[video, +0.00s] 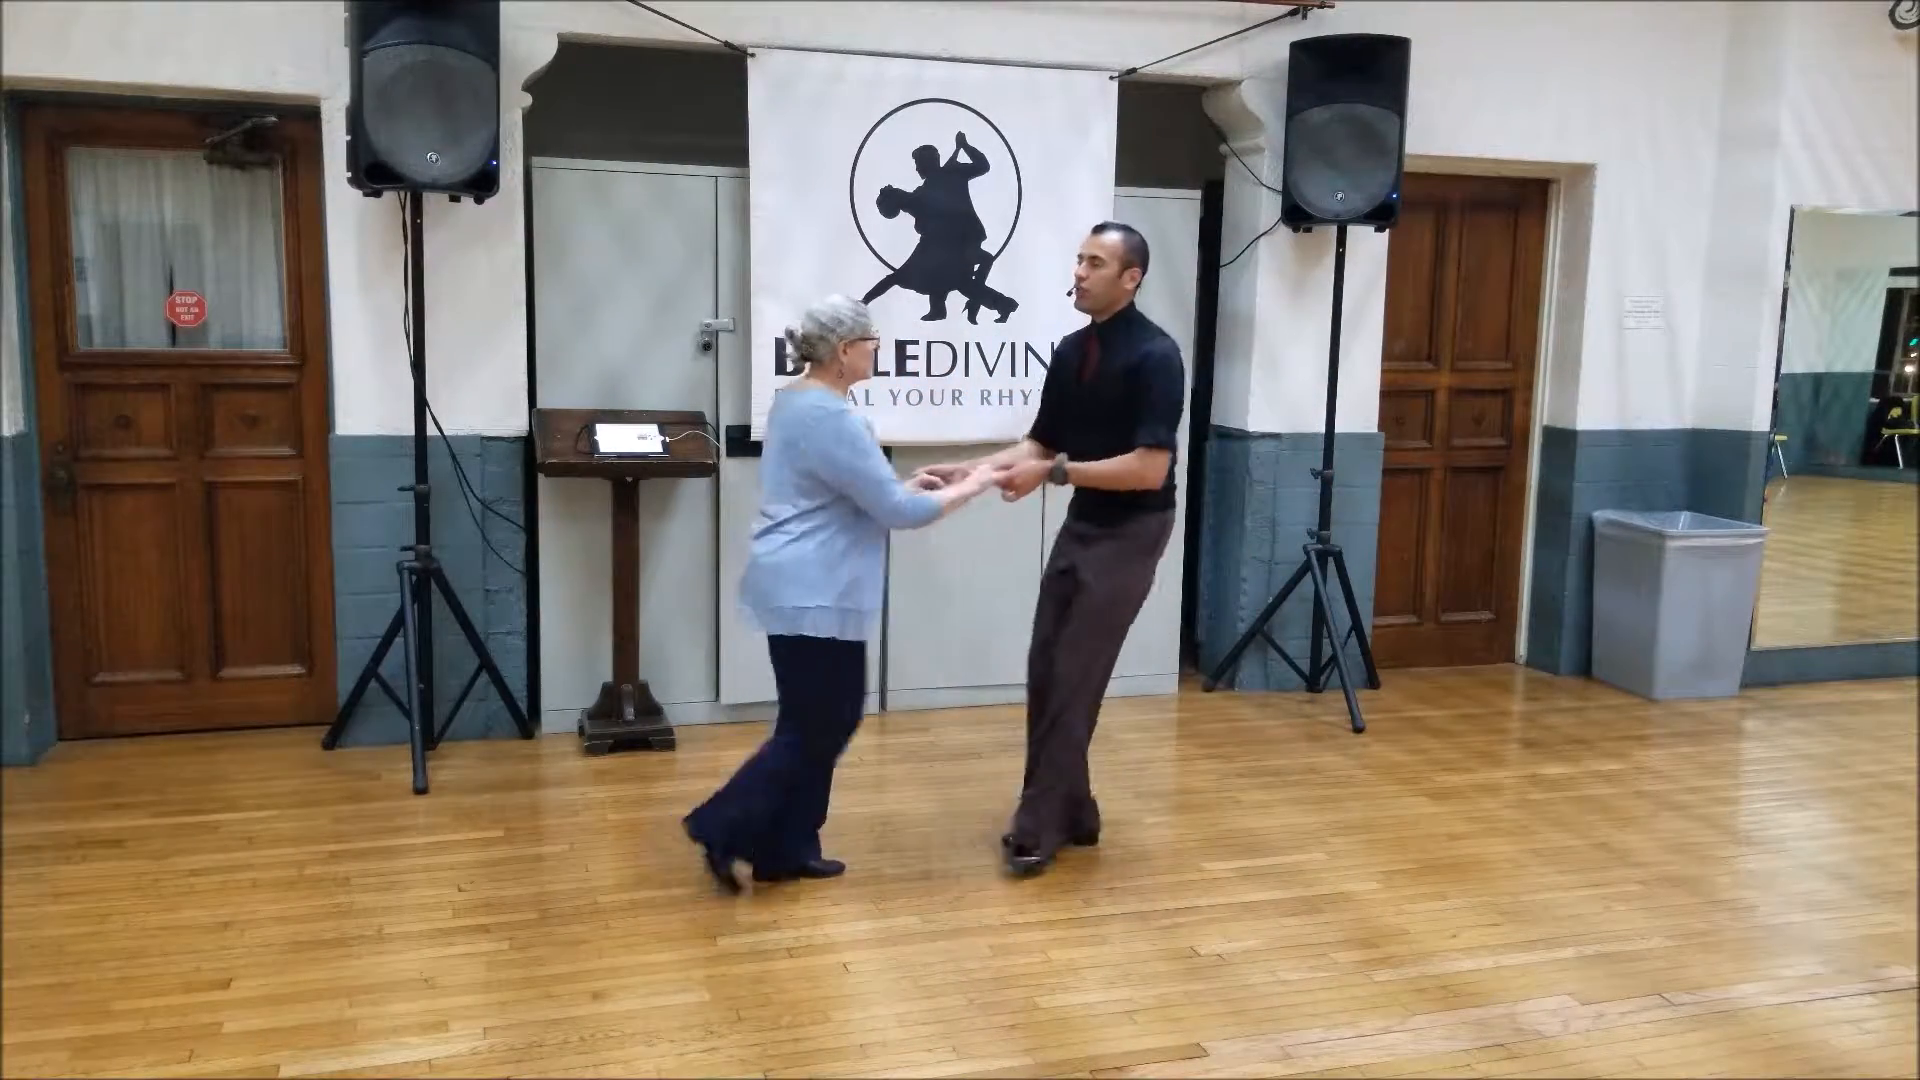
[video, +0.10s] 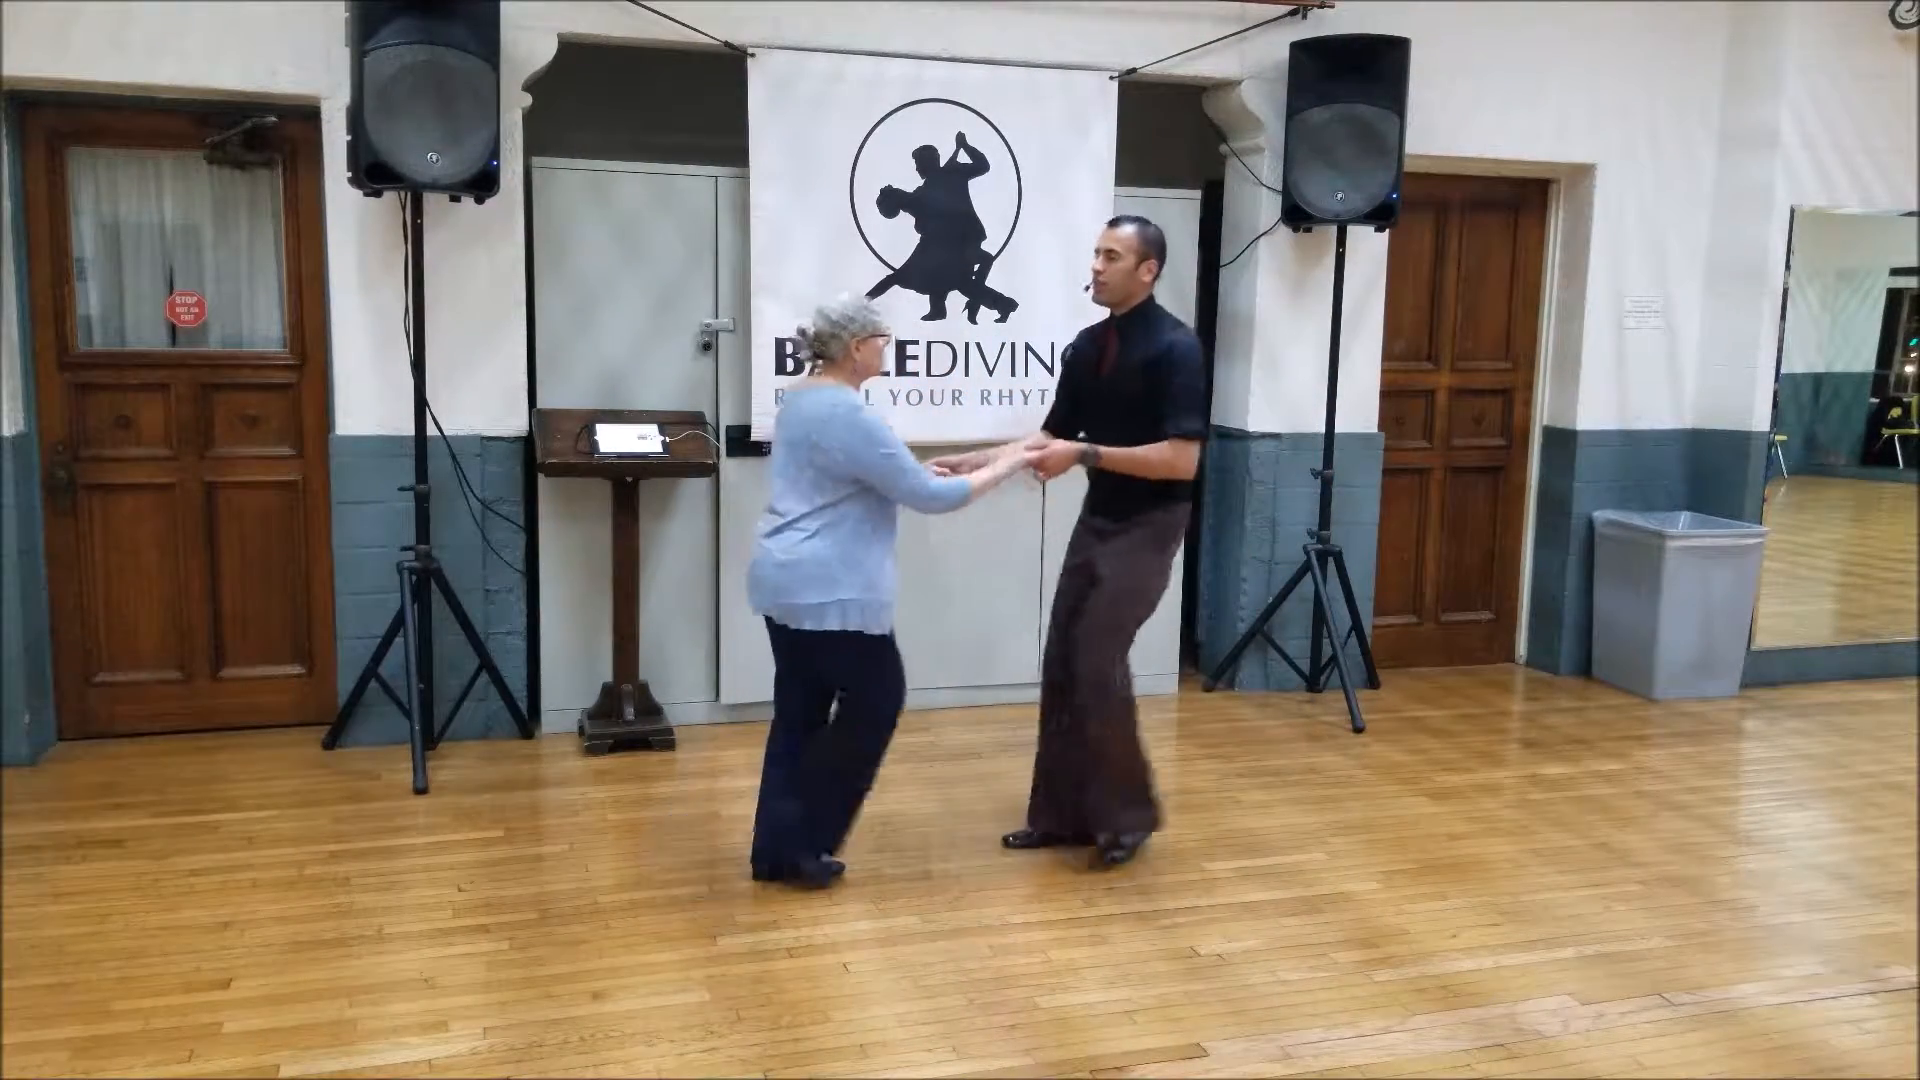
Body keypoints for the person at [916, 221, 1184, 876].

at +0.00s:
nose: (1079, 272)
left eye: (1094, 265)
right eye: (1080, 261)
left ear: (1131, 277)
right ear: (1081, 269)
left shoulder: (1156, 355)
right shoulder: (1071, 351)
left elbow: (1152, 468)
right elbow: (1041, 446)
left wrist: (1056, 471)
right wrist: (966, 473)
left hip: (1132, 531)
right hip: (1082, 524)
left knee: (1074, 669)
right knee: (1047, 667)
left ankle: (1035, 829)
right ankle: (1074, 812)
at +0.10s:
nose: (1096, 266)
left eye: (1110, 258)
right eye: (1096, 255)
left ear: (1148, 270)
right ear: (1098, 264)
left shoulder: (1178, 348)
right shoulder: (1086, 349)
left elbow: (1183, 459)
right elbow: (1051, 447)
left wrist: (1083, 453)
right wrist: (974, 467)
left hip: (1151, 526)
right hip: (1098, 521)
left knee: (1095, 652)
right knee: (1062, 659)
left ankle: (1128, 817)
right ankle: (1060, 817)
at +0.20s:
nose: (1111, 269)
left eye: (1127, 259)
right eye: (1114, 257)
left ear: (1166, 270)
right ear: (1134, 267)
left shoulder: (1198, 347)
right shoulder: (1111, 345)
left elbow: (1210, 456)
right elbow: (1068, 441)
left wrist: (1113, 444)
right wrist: (973, 455)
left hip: (1169, 528)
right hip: (1117, 522)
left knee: (1144, 672)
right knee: (1084, 670)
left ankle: (1213, 816)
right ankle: (1071, 818)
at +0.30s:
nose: (1131, 273)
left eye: (1145, 265)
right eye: (1133, 262)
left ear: (1185, 278)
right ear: (1156, 277)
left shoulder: (1217, 353)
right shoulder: (1136, 353)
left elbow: (1230, 463)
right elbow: (1091, 443)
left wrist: (1134, 445)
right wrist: (987, 458)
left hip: (1201, 536)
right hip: (1147, 530)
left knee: (1198, 684)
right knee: (1107, 670)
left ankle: (1263, 821)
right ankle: (1076, 814)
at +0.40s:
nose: (1144, 279)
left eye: (1159, 270)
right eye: (1147, 267)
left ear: (1198, 282)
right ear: (1173, 279)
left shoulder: (1232, 355)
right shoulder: (1160, 355)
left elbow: (1239, 470)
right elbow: (1118, 441)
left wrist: (1141, 460)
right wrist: (1076, 463)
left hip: (1238, 533)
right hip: (1187, 528)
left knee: (1232, 678)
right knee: (1143, 662)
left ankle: (1272, 825)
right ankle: (1090, 805)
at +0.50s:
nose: (1159, 289)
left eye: (1172, 280)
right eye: (1161, 278)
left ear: (1209, 289)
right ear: (1194, 289)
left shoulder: (1246, 361)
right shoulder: (1192, 355)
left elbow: (1236, 478)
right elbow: (1163, 447)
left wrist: (1147, 481)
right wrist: (1114, 481)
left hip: (1267, 535)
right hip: (1218, 533)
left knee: (1256, 680)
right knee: (1171, 658)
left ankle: (1266, 833)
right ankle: (1183, 804)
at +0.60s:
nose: (1168, 289)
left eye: (1180, 280)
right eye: (1170, 278)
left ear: (1216, 289)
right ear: (1204, 288)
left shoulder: (1251, 359)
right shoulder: (1208, 349)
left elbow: (1233, 478)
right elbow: (1187, 450)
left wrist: (1145, 483)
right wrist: (1122, 477)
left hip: (1276, 531)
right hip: (1236, 528)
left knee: (1256, 674)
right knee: (1194, 658)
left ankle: (1263, 833)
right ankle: (1240, 803)